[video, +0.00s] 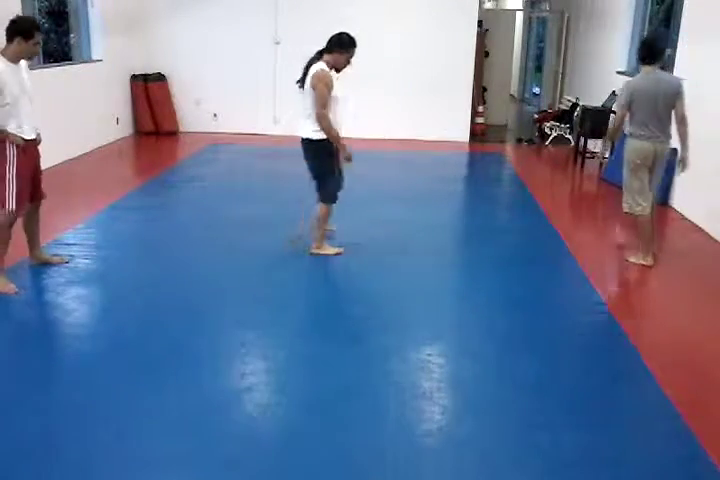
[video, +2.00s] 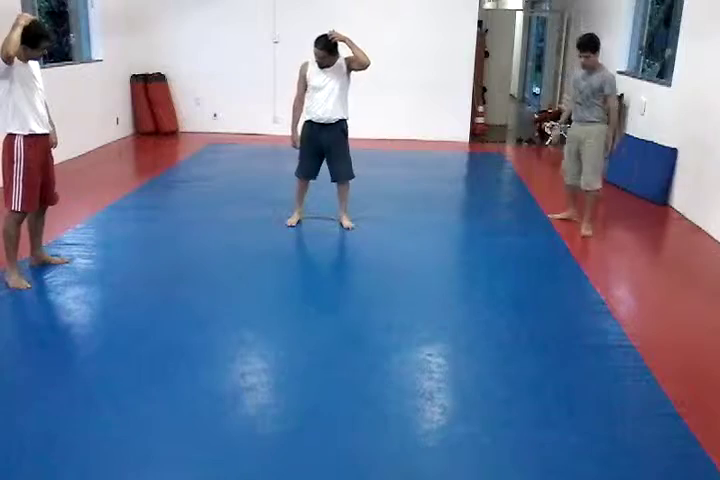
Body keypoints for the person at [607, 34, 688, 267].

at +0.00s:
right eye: (659, 55)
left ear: (639, 56)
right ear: (661, 57)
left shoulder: (632, 85)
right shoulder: (674, 84)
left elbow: (619, 120)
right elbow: (681, 120)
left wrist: (608, 140)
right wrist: (684, 151)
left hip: (637, 146)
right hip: (662, 147)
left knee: (641, 200)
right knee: (649, 197)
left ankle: (645, 253)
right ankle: (649, 247)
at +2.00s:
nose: (583, 61)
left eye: (587, 57)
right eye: (580, 56)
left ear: (596, 54)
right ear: (578, 54)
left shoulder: (607, 77)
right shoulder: (577, 75)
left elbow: (613, 108)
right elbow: (570, 103)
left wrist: (611, 136)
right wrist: (559, 124)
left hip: (596, 128)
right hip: (576, 127)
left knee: (591, 179)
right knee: (570, 173)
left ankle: (587, 220)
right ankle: (571, 209)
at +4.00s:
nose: (572, 63)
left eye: (576, 58)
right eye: (572, 58)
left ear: (591, 59)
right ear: (587, 60)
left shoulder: (615, 93)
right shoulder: (582, 86)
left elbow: (619, 137)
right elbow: (578, 125)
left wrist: (611, 175)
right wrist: (567, 150)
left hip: (596, 161)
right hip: (572, 157)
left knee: (591, 225)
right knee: (567, 223)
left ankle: (592, 273)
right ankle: (572, 278)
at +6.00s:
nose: (552, 66)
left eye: (554, 61)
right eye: (552, 60)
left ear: (566, 61)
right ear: (577, 62)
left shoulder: (559, 91)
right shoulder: (597, 91)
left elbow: (551, 133)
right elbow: (604, 130)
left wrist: (539, 170)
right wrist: (584, 125)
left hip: (560, 157)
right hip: (587, 160)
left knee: (544, 209)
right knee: (577, 222)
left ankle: (545, 254)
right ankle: (570, 278)